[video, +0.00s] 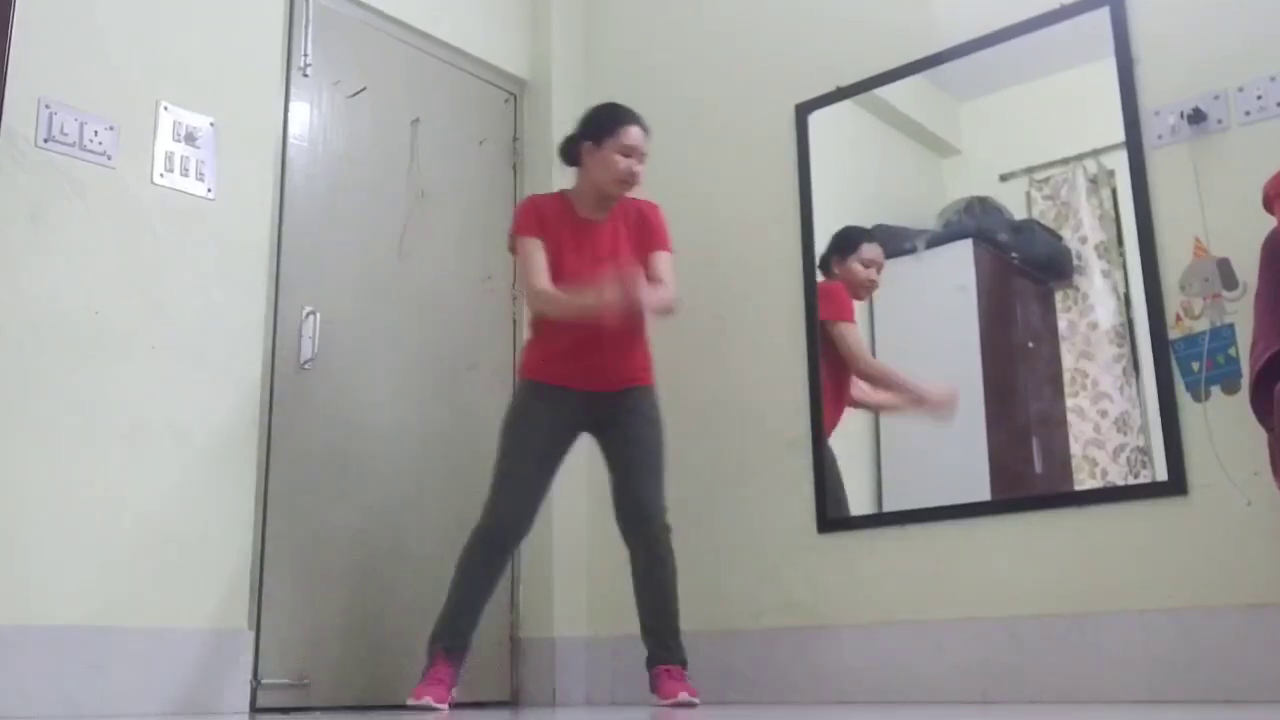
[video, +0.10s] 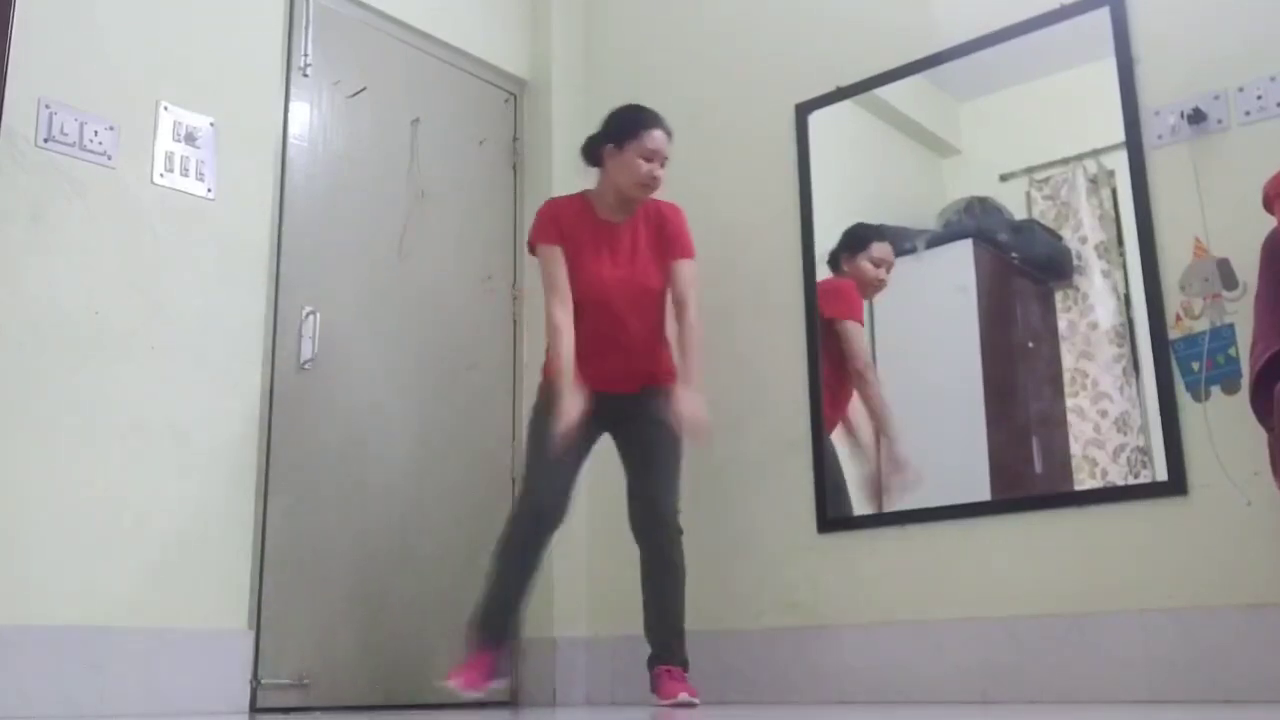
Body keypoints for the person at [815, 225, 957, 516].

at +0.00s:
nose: (874, 277)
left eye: (879, 270)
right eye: (865, 265)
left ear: (883, 272)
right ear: (837, 264)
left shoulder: (829, 301)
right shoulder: (832, 291)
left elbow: (854, 393)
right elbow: (862, 365)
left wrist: (917, 401)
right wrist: (927, 394)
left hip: (814, 441)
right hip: (805, 441)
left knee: (836, 528)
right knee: (835, 528)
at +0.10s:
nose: (883, 276)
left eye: (888, 269)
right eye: (875, 264)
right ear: (846, 260)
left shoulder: (829, 294)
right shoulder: (841, 290)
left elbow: (840, 395)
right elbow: (861, 371)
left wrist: (870, 461)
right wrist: (889, 447)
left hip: (815, 435)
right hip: (807, 434)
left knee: (836, 520)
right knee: (837, 519)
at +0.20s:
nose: (892, 273)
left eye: (897, 266)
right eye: (884, 260)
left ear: (903, 267)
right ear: (855, 257)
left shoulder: (831, 287)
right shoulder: (850, 285)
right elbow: (837, 355)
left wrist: (831, 431)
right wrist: (832, 430)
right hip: (818, 433)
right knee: (837, 521)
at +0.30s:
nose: (897, 272)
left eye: (903, 265)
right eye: (890, 260)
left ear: (908, 266)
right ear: (860, 254)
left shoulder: (831, 282)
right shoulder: (858, 281)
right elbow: (829, 318)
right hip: (819, 419)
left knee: (840, 511)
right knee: (839, 512)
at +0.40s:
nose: (898, 273)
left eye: (903, 266)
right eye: (891, 261)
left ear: (908, 267)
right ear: (861, 255)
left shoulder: (835, 281)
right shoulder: (859, 281)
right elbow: (823, 309)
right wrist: (806, 369)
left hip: (824, 414)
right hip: (823, 414)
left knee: (835, 506)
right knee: (838, 508)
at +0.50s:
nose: (899, 273)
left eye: (903, 265)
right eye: (894, 261)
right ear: (864, 256)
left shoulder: (829, 283)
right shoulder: (858, 283)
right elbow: (827, 315)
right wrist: (811, 370)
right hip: (825, 417)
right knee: (842, 516)